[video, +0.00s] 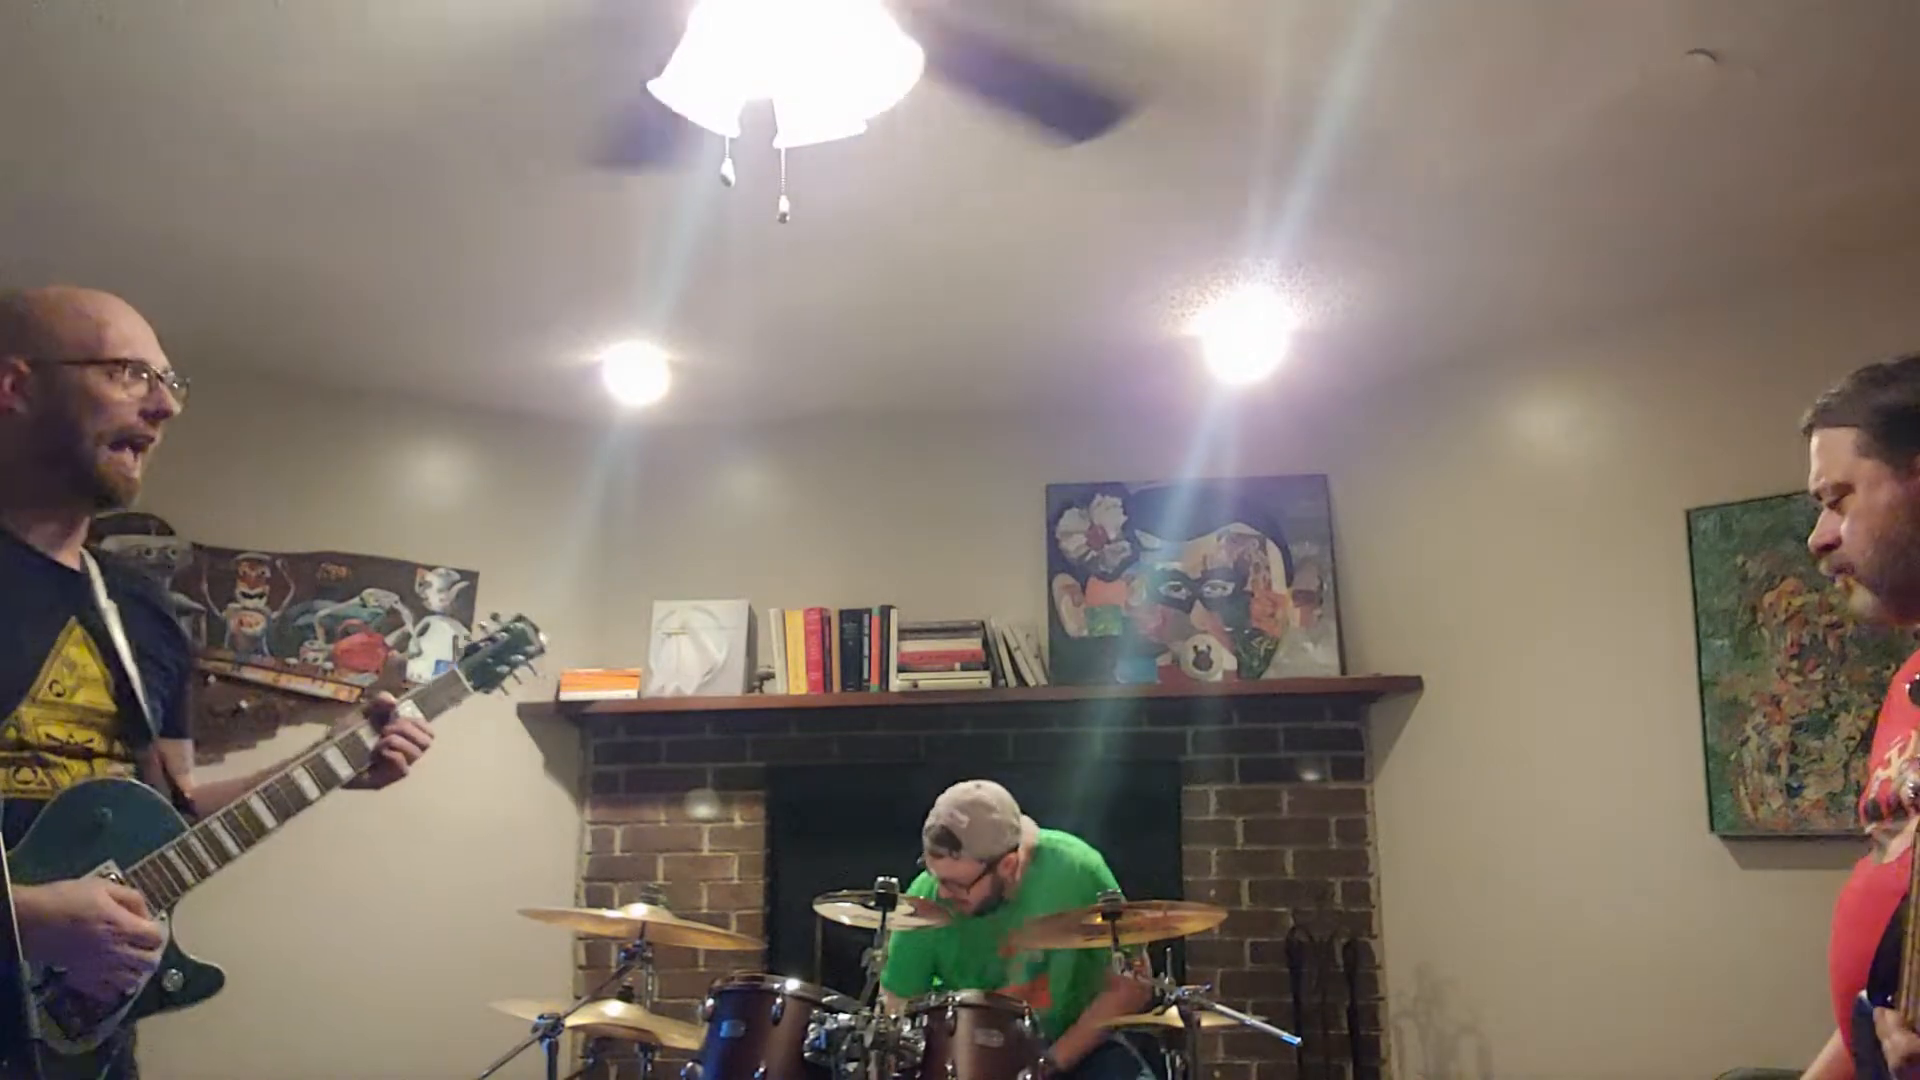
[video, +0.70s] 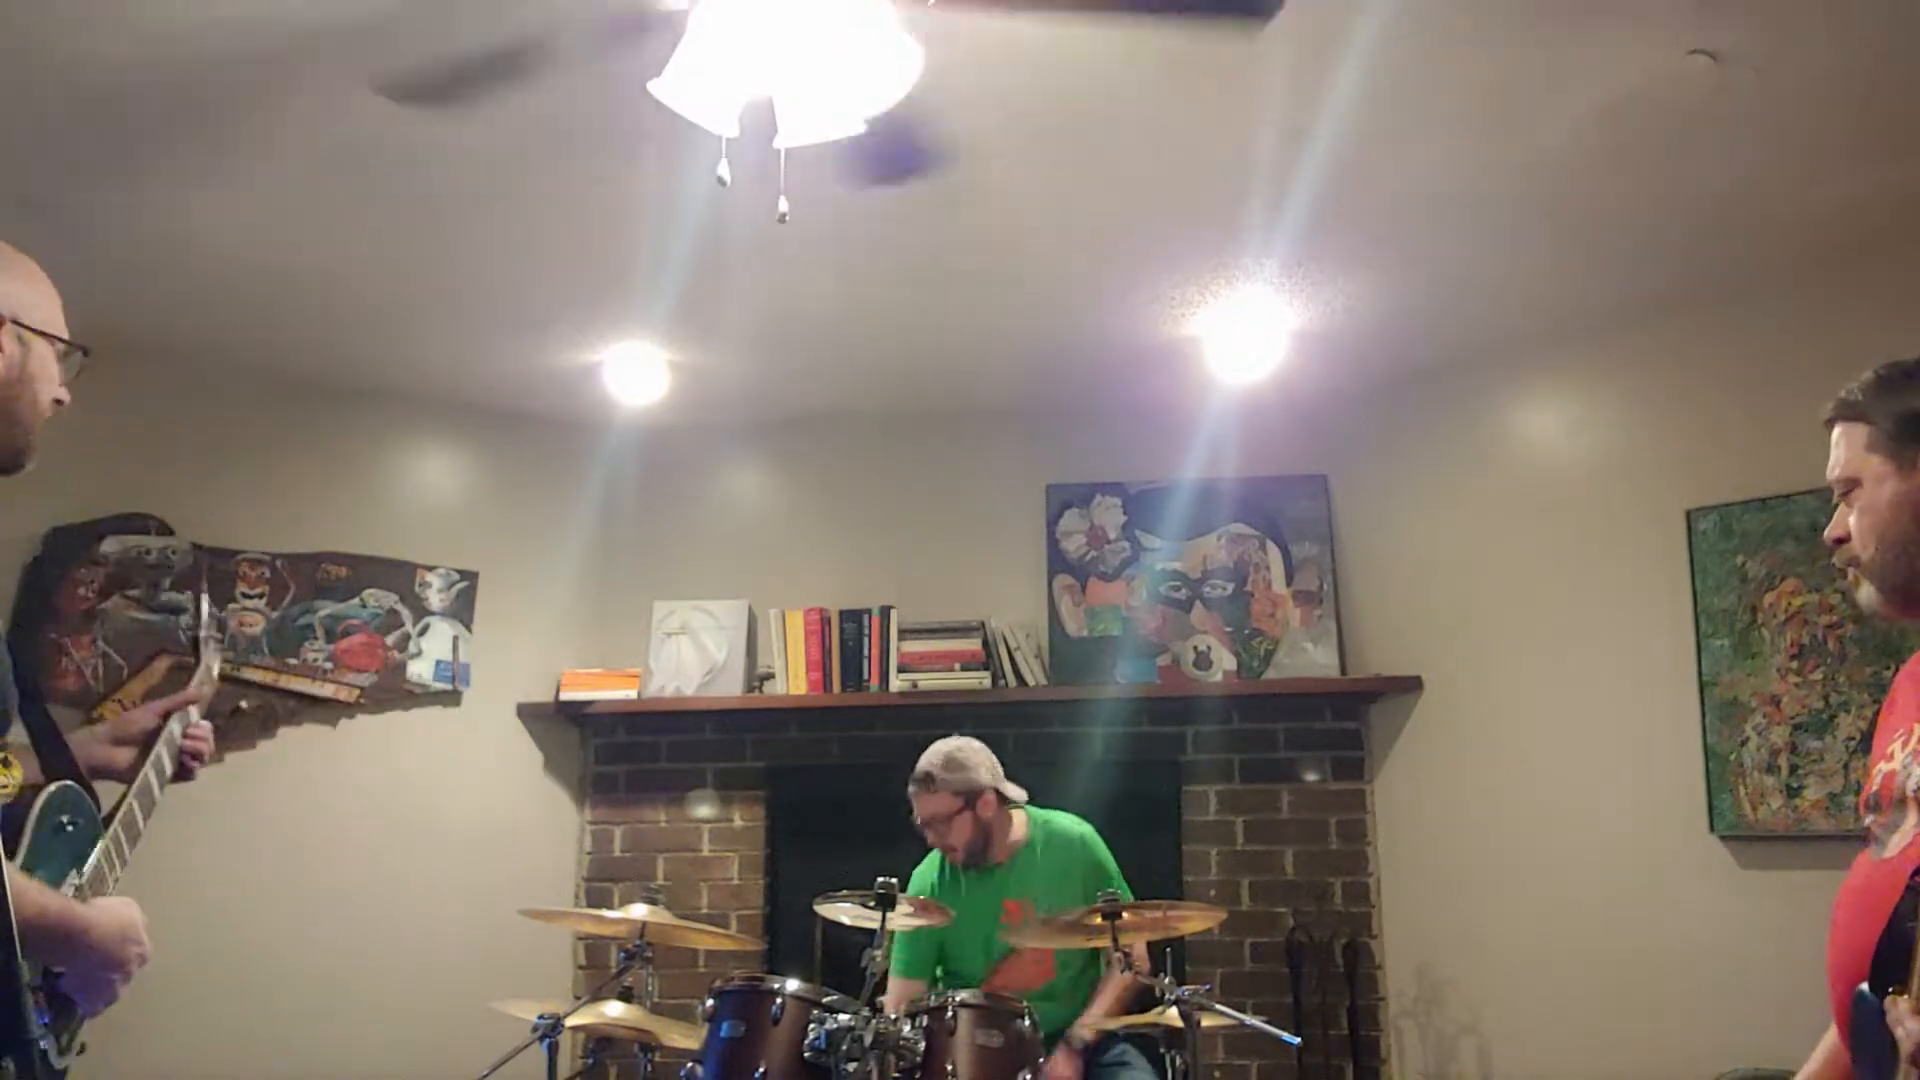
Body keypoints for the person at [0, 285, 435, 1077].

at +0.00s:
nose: (166, 404)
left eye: (166, 381)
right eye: (128, 372)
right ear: (16, 385)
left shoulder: (142, 618)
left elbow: (176, 793)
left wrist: (336, 758)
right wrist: (26, 920)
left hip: (89, 1037)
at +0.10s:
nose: (156, 398)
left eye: (153, 374)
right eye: (124, 363)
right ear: (11, 373)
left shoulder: (95, 600)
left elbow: (135, 790)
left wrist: (311, 750)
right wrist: (25, 914)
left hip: (58, 1033)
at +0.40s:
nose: (113, 404)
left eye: (111, 374)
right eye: (100, 368)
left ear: (19, 361)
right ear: (17, 359)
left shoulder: (19, 589)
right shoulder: (16, 590)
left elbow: (49, 789)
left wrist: (207, 743)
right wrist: (49, 923)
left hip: (37, 1025)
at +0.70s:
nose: (64, 394)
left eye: (66, 361)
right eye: (59, 355)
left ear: (12, 349)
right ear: (5, 345)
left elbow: (0, 766)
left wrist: (91, 749)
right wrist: (61, 926)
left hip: (22, 1023)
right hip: (12, 1029)